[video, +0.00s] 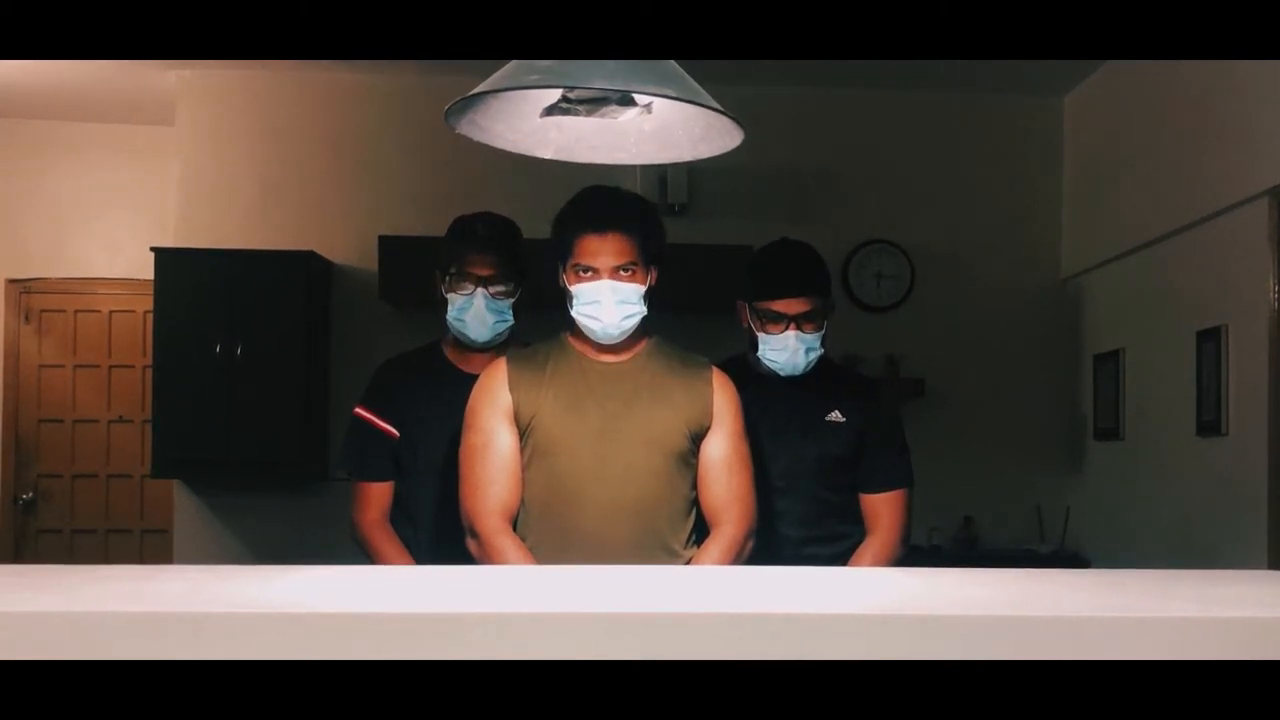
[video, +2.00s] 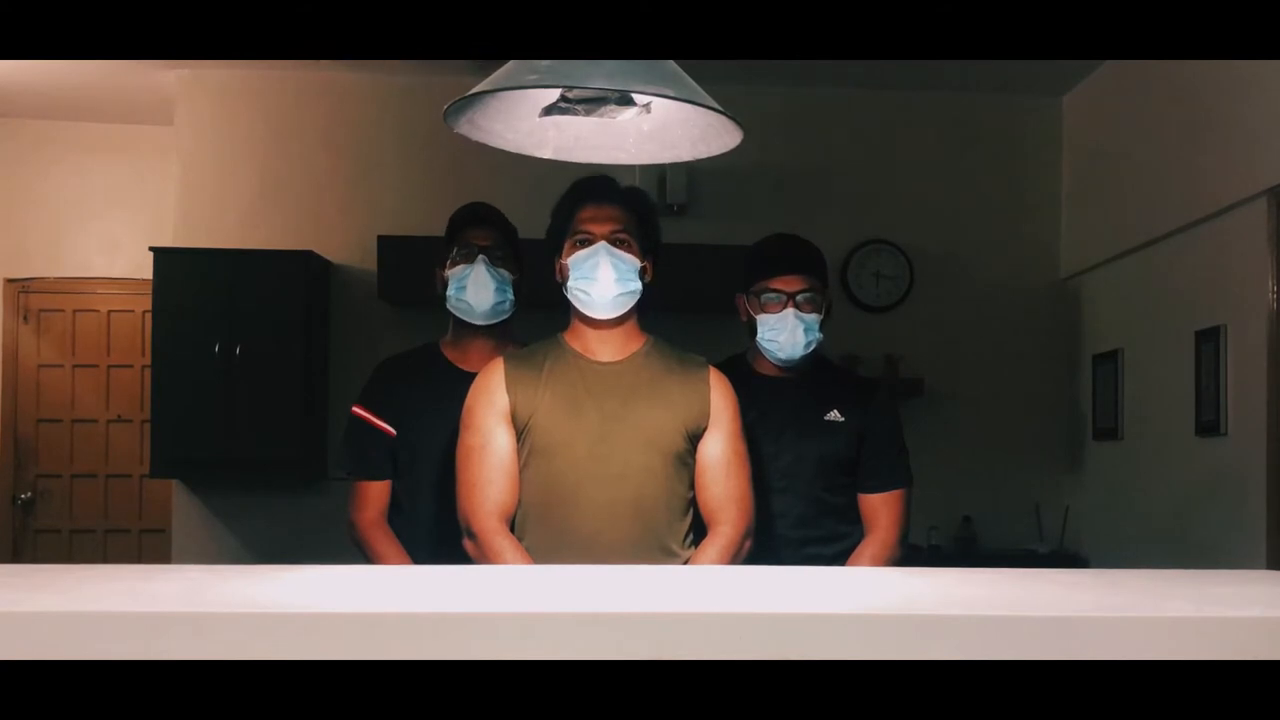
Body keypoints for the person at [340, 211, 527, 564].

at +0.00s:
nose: (480, 305)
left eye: (499, 289)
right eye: (464, 284)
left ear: (518, 293)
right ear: (443, 286)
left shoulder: (539, 384)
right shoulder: (399, 380)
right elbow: (370, 520)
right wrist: (423, 597)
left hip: (516, 593)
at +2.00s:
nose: (481, 271)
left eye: (498, 259)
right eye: (465, 256)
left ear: (516, 275)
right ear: (443, 273)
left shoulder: (541, 380)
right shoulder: (397, 378)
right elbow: (368, 520)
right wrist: (422, 599)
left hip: (517, 593)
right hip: (426, 591)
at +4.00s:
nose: (483, 262)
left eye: (499, 252)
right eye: (469, 251)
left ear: (518, 272)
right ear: (446, 272)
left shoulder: (542, 382)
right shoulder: (399, 380)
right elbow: (369, 518)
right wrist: (421, 598)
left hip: (518, 593)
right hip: (427, 592)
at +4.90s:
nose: (482, 264)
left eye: (498, 255)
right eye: (468, 253)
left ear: (516, 274)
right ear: (442, 275)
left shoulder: (541, 382)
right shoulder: (397, 381)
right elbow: (368, 520)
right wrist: (420, 599)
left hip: (520, 596)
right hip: (427, 594)